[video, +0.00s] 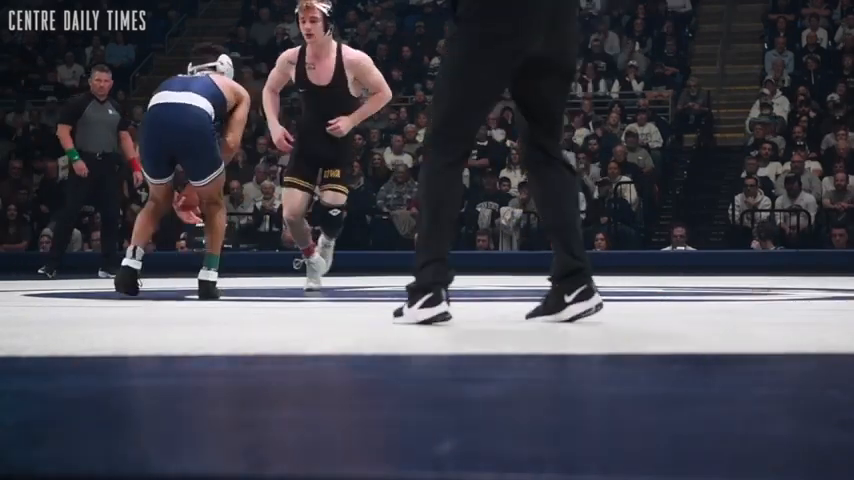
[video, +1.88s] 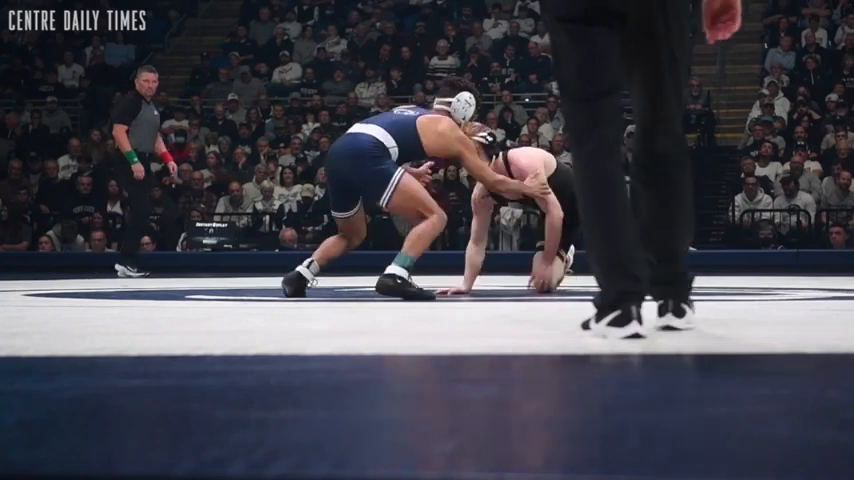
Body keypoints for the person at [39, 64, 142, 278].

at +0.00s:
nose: (101, 85)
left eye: (105, 81)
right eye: (97, 80)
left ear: (111, 83)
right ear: (90, 82)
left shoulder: (116, 108)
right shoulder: (78, 103)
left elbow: (124, 137)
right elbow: (62, 130)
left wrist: (136, 166)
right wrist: (75, 158)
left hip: (109, 166)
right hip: (83, 165)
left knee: (111, 216)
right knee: (69, 213)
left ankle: (108, 265)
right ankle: (52, 263)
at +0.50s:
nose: (83, 82)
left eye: (87, 78)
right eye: (79, 78)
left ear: (92, 81)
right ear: (71, 81)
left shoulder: (101, 106)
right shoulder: (58, 103)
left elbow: (109, 136)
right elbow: (43, 131)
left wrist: (113, 163)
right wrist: (46, 162)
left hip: (95, 164)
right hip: (66, 164)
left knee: (99, 215)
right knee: (58, 214)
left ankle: (105, 264)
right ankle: (53, 266)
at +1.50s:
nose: (115, 86)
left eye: (118, 82)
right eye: (111, 82)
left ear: (122, 85)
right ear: (101, 83)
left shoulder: (122, 109)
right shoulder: (91, 104)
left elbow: (126, 138)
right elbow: (75, 132)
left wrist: (129, 163)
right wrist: (80, 162)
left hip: (115, 167)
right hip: (93, 166)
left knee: (125, 213)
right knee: (74, 214)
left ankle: (126, 264)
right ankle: (55, 264)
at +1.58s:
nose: (124, 86)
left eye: (128, 83)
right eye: (120, 82)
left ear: (132, 86)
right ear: (111, 84)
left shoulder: (130, 109)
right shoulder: (102, 103)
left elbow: (134, 137)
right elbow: (87, 132)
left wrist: (138, 163)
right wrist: (95, 162)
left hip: (125, 166)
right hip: (105, 164)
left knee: (132, 214)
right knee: (89, 214)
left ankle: (127, 263)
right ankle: (59, 261)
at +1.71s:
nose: (137, 86)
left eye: (140, 83)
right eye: (132, 82)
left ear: (144, 86)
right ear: (123, 83)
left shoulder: (140, 109)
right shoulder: (114, 103)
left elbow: (143, 138)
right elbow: (103, 133)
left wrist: (151, 162)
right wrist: (116, 161)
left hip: (134, 164)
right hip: (113, 163)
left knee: (135, 213)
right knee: (108, 211)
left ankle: (129, 264)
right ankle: (78, 253)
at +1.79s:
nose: (143, 85)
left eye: (147, 82)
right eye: (139, 81)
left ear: (150, 84)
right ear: (129, 83)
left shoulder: (145, 107)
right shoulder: (122, 101)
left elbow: (149, 137)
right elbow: (112, 132)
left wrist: (161, 162)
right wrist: (127, 161)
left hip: (139, 162)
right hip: (122, 161)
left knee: (138, 212)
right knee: (129, 209)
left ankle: (129, 263)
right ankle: (100, 254)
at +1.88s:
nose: (151, 86)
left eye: (154, 82)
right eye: (146, 81)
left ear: (157, 85)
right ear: (137, 82)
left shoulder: (152, 107)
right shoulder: (130, 101)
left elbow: (155, 137)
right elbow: (118, 131)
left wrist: (169, 160)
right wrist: (133, 160)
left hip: (143, 161)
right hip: (128, 160)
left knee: (140, 210)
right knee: (138, 209)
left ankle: (129, 260)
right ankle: (126, 260)